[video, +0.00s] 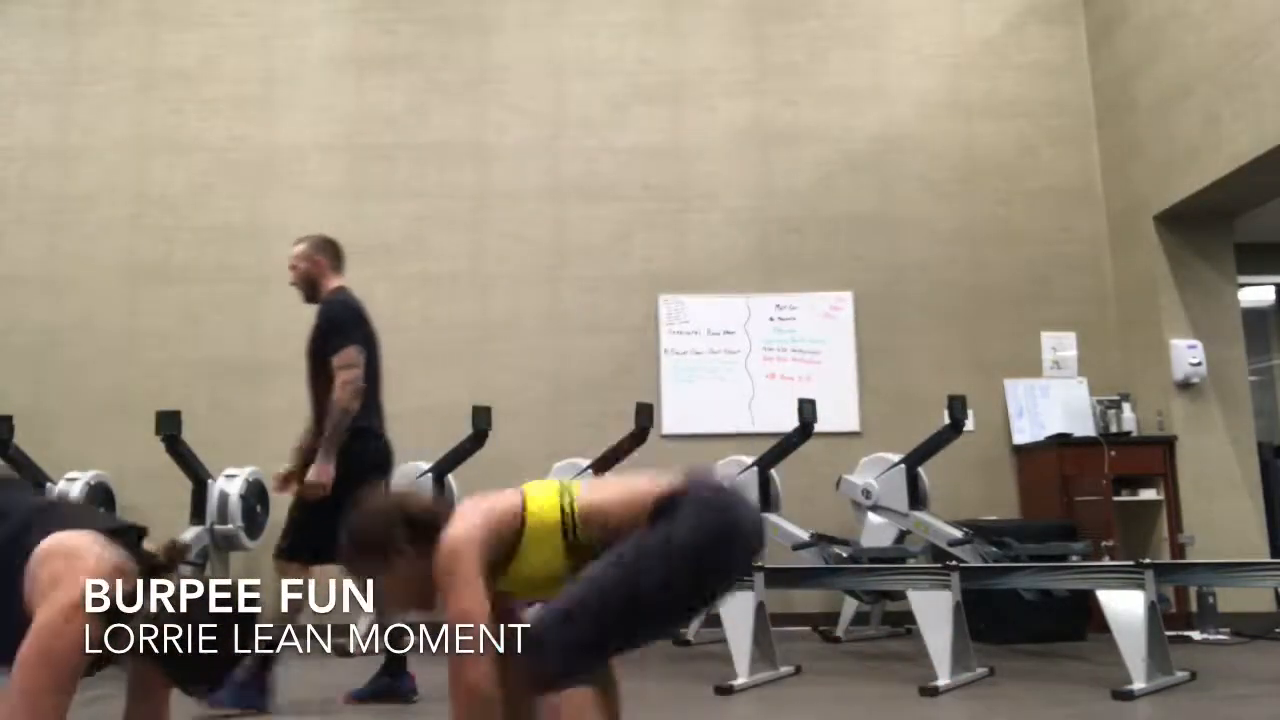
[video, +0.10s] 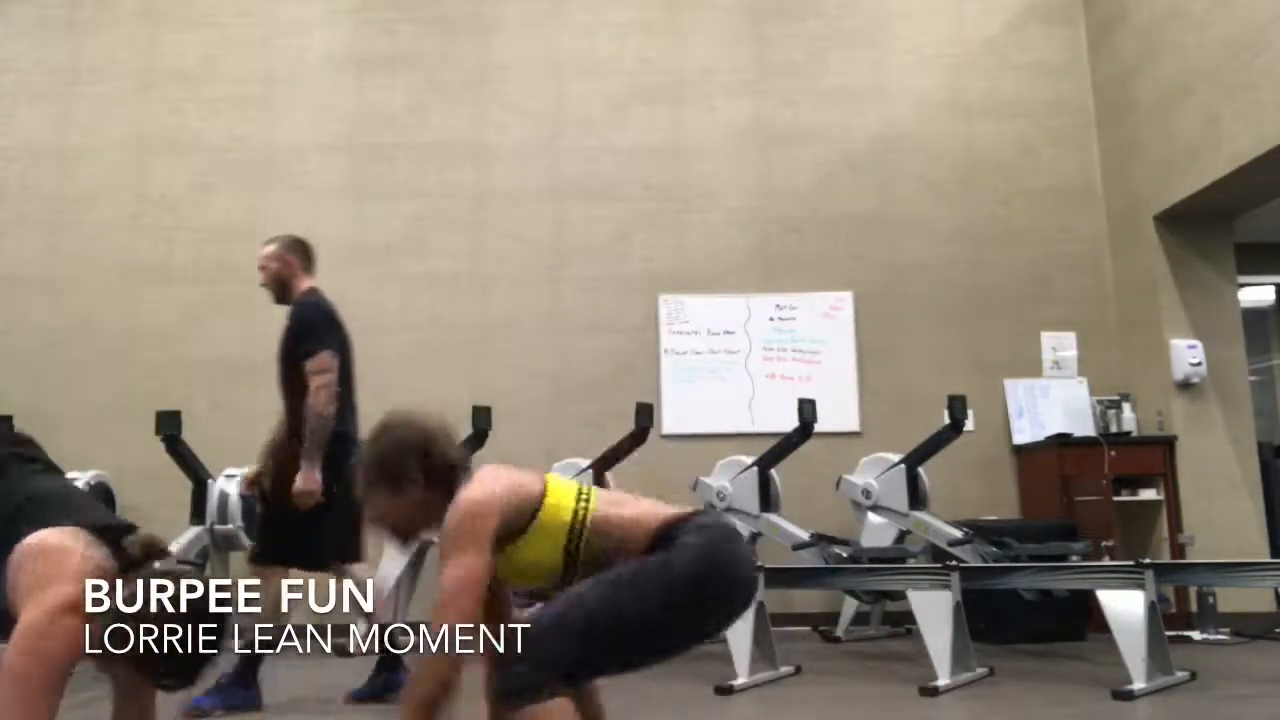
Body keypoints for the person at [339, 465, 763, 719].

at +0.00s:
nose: (382, 600)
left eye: (375, 582)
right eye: (370, 586)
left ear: (402, 554)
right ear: (407, 549)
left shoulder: (460, 539)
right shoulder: (473, 548)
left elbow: (475, 683)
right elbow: (497, 671)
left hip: (707, 518)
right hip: (710, 522)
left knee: (558, 644)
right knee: (562, 641)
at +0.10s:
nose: (376, 513)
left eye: (379, 495)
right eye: (371, 497)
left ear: (415, 482)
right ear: (425, 477)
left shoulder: (475, 505)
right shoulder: (477, 512)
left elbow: (446, 653)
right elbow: (497, 645)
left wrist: (409, 712)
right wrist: (500, 707)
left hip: (707, 559)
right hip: (706, 559)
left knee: (523, 664)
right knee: (552, 652)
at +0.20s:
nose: (384, 423)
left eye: (392, 407)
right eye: (383, 409)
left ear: (427, 401)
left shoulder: (483, 440)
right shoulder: (483, 460)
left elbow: (421, 581)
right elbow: (498, 601)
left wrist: (332, 605)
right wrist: (454, 670)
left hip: (690, 548)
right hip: (682, 548)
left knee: (511, 664)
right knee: (539, 648)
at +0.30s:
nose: (395, 337)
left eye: (406, 320)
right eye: (398, 321)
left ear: (446, 326)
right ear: (445, 328)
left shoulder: (499, 375)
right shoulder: (498, 398)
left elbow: (429, 495)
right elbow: (492, 535)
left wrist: (349, 489)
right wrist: (407, 555)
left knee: (499, 662)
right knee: (525, 641)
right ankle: (582, 714)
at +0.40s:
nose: (413, 284)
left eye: (424, 268)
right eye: (417, 269)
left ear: (463, 274)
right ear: (466, 275)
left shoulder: (511, 333)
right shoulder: (503, 360)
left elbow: (422, 428)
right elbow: (470, 482)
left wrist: (348, 386)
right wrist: (384, 453)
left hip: (644, 507)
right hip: (628, 511)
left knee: (492, 666)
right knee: (524, 649)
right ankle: (576, 714)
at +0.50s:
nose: (424, 261)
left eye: (435, 244)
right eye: (428, 245)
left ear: (473, 253)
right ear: (474, 254)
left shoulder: (513, 313)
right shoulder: (508, 344)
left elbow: (410, 392)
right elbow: (452, 452)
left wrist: (356, 328)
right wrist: (385, 405)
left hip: (630, 497)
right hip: (618, 501)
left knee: (486, 665)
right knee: (528, 643)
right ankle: (578, 716)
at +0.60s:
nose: (440, 249)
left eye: (452, 236)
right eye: (445, 236)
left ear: (489, 249)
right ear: (488, 251)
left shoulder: (516, 312)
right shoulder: (510, 347)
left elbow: (401, 372)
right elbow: (437, 430)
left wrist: (378, 311)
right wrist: (383, 342)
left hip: (618, 508)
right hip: (608, 510)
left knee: (470, 672)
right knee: (517, 649)